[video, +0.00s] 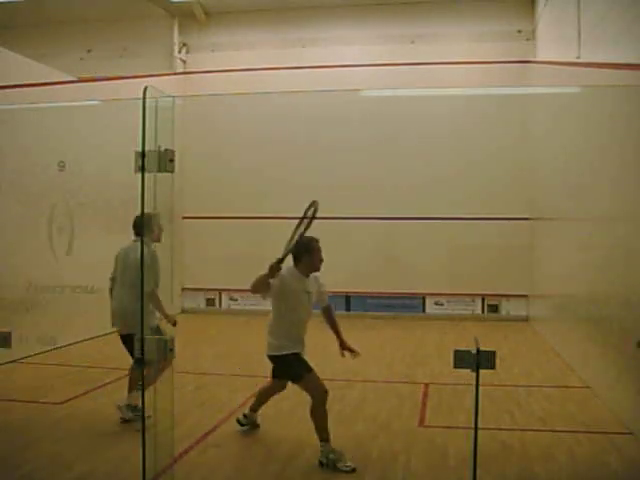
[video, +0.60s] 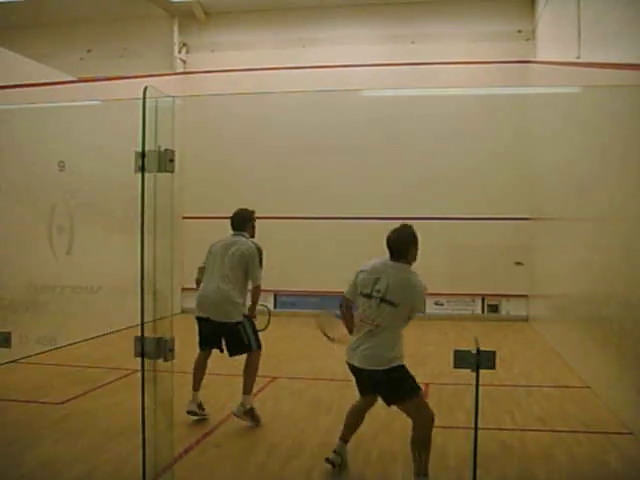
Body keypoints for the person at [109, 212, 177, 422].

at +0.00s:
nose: (162, 230)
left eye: (160, 225)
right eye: (159, 226)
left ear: (138, 230)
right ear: (150, 229)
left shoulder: (123, 252)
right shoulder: (149, 253)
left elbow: (113, 285)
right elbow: (150, 291)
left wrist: (118, 311)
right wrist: (167, 315)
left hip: (122, 322)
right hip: (140, 322)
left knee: (139, 361)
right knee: (165, 357)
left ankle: (132, 404)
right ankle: (133, 398)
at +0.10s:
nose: (184, 224)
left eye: (182, 220)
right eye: (180, 220)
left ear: (162, 223)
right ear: (169, 223)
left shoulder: (147, 245)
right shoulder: (168, 249)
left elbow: (137, 274)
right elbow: (169, 289)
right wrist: (188, 315)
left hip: (141, 314)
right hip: (162, 316)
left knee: (145, 358)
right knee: (189, 352)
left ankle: (131, 403)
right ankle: (191, 405)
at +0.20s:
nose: (206, 226)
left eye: (205, 222)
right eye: (203, 223)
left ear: (185, 226)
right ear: (192, 226)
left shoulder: (168, 245)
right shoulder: (190, 250)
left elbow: (158, 269)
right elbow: (189, 288)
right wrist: (210, 316)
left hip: (161, 315)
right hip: (182, 316)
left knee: (154, 357)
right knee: (209, 356)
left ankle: (136, 400)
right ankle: (226, 406)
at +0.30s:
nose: (227, 233)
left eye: (226, 229)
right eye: (224, 229)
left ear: (205, 233)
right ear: (213, 232)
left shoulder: (186, 254)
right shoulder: (215, 258)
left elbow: (177, 283)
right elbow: (216, 296)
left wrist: (189, 307)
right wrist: (236, 324)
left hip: (181, 322)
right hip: (207, 324)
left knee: (164, 359)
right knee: (233, 358)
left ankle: (138, 400)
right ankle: (228, 409)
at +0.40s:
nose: (241, 231)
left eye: (240, 226)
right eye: (239, 227)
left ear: (218, 230)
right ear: (230, 230)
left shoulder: (199, 252)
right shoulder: (232, 257)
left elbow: (190, 285)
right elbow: (237, 297)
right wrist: (249, 325)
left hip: (193, 319)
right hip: (218, 321)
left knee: (176, 357)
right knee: (237, 358)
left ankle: (154, 396)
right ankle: (228, 409)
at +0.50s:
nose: (249, 225)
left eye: (248, 220)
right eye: (247, 221)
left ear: (226, 223)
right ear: (241, 224)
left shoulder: (209, 244)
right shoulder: (243, 249)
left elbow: (198, 276)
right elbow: (246, 288)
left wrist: (209, 298)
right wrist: (252, 315)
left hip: (199, 309)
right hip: (225, 312)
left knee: (191, 352)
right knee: (238, 354)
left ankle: (178, 396)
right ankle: (232, 401)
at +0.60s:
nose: (255, 227)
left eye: (254, 223)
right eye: (254, 223)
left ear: (233, 226)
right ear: (249, 226)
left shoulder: (216, 246)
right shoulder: (252, 248)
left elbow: (200, 274)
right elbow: (256, 286)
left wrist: (203, 297)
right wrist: (252, 310)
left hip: (204, 305)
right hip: (231, 307)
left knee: (204, 351)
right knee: (254, 350)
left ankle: (194, 400)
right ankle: (245, 403)